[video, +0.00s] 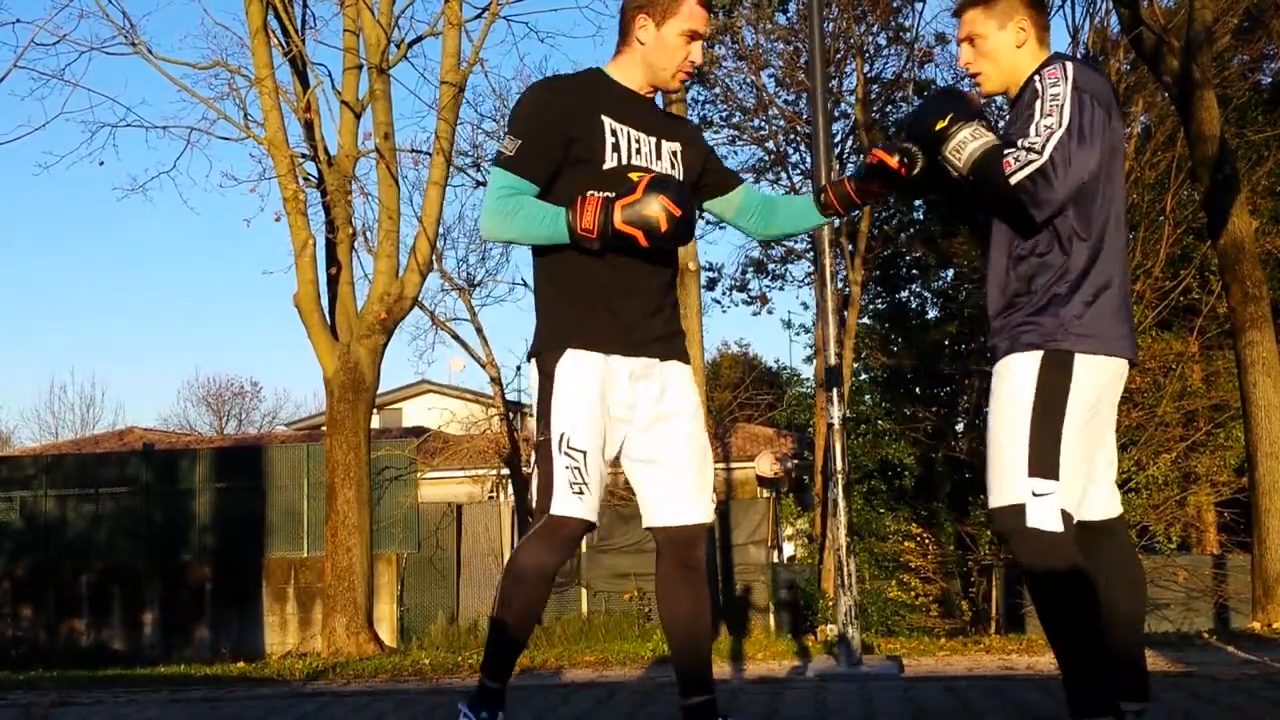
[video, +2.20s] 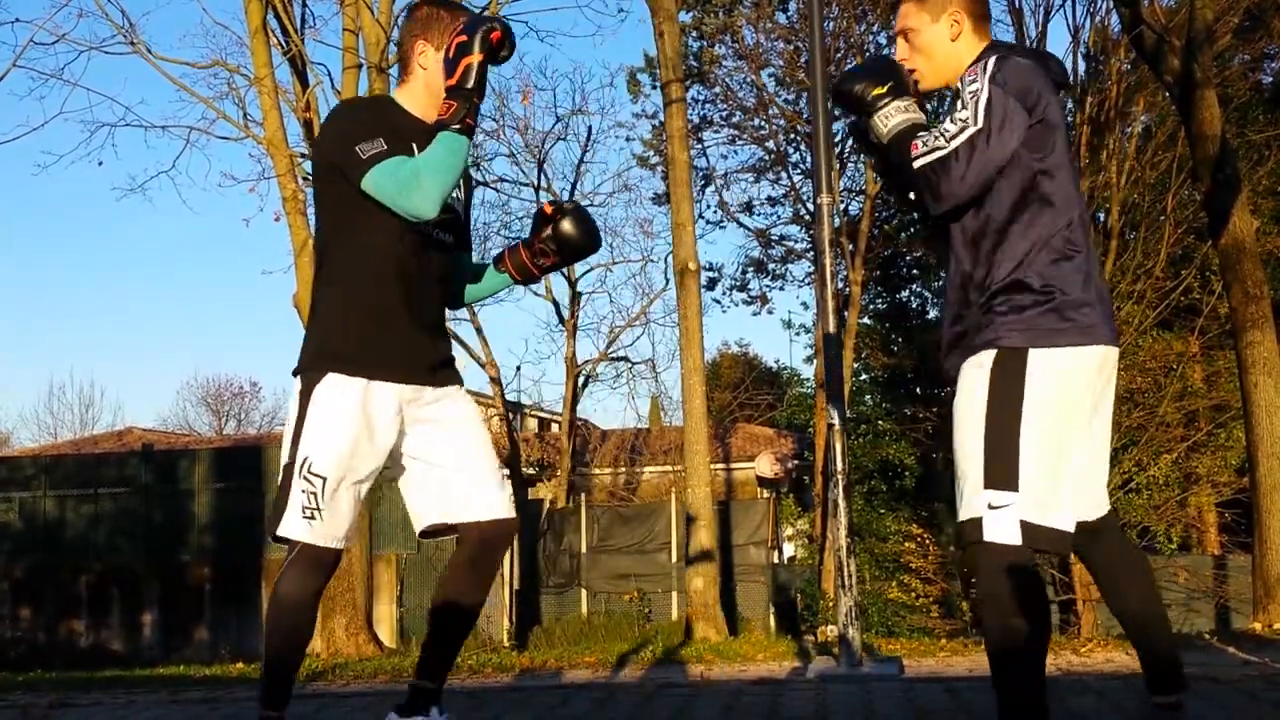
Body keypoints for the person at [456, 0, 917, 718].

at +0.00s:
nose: (700, 54)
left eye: (704, 41)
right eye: (692, 37)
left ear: (666, 38)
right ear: (644, 27)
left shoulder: (681, 136)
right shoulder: (556, 100)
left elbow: (759, 212)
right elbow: (498, 214)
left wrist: (846, 194)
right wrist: (596, 215)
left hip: (663, 353)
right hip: (579, 348)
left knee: (684, 526)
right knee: (565, 519)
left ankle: (698, 708)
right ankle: (486, 699)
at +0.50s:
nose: (686, 43)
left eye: (688, 27)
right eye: (677, 25)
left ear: (639, 23)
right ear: (628, 18)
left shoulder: (669, 131)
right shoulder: (545, 100)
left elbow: (696, 243)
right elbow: (517, 217)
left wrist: (782, 215)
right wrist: (620, 178)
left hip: (659, 355)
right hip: (572, 352)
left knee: (689, 529)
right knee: (545, 526)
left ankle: (701, 711)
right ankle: (461, 704)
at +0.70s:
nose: (635, 54)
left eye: (638, 39)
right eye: (627, 37)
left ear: (587, 34)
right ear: (578, 31)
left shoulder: (608, 137)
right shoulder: (497, 113)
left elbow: (607, 258)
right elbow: (493, 232)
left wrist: (676, 268)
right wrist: (607, 203)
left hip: (613, 362)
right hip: (530, 361)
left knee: (671, 526)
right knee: (513, 535)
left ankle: (701, 708)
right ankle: (455, 710)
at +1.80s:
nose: (586, 67)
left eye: (589, 55)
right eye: (576, 51)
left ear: (570, 63)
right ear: (540, 52)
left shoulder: (577, 161)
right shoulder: (474, 124)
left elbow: (595, 277)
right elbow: (547, 193)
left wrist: (667, 245)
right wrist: (581, 101)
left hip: (561, 376)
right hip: (478, 371)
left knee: (618, 529)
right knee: (429, 539)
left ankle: (620, 707)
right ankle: (337, 700)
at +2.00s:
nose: (519, 83)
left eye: (524, 72)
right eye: (510, 67)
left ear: (508, 77)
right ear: (471, 66)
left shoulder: (506, 177)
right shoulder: (403, 134)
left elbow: (521, 296)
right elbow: (470, 205)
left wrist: (588, 264)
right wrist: (514, 121)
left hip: (488, 390)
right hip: (401, 386)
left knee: (557, 544)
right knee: (351, 558)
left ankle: (611, 708)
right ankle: (282, 711)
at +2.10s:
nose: (491, 89)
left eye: (496, 76)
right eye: (482, 69)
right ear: (442, 62)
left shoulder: (470, 171)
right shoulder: (374, 128)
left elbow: (468, 295)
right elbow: (442, 200)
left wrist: (536, 269)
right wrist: (491, 113)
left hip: (451, 383)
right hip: (368, 378)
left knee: (527, 529)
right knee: (329, 553)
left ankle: (531, 709)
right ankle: (277, 711)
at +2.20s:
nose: (474, 81)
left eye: (478, 67)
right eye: (465, 62)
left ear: (448, 60)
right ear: (427, 55)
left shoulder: (454, 161)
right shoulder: (353, 121)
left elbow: (446, 285)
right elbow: (418, 196)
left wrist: (518, 263)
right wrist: (462, 109)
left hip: (433, 377)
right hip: (349, 369)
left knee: (491, 524)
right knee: (318, 545)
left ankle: (421, 701)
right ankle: (272, 710)